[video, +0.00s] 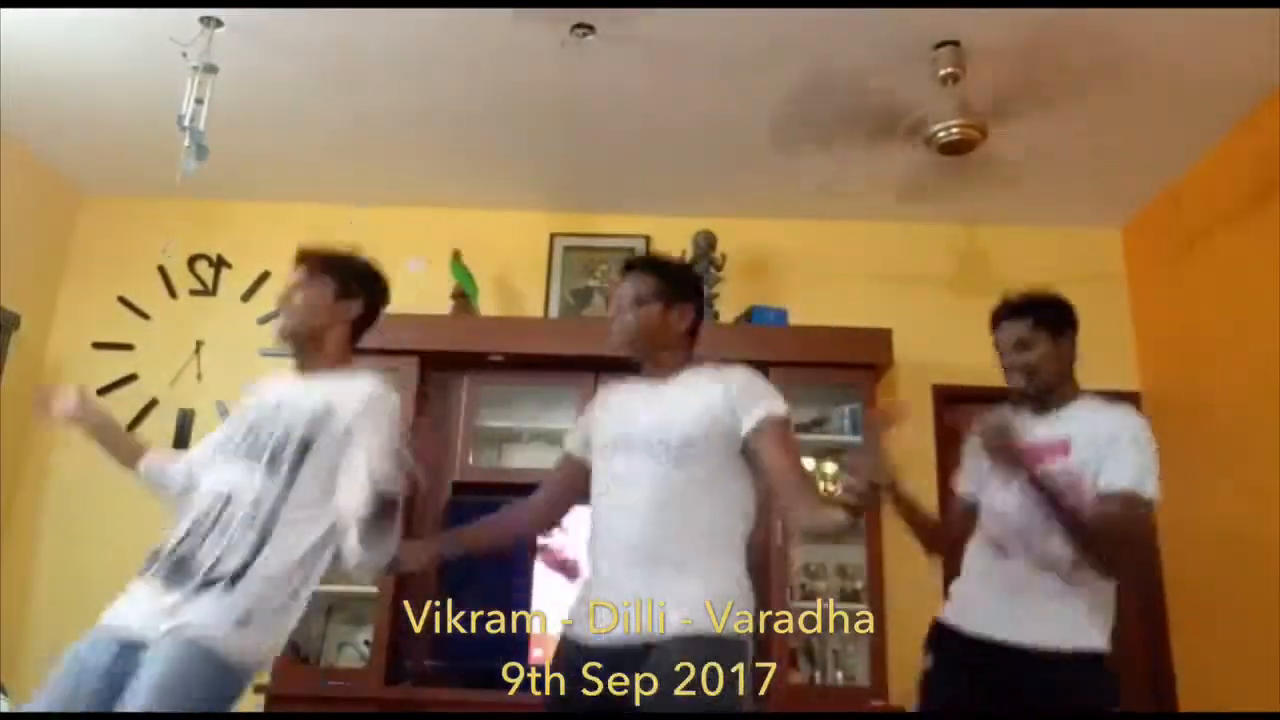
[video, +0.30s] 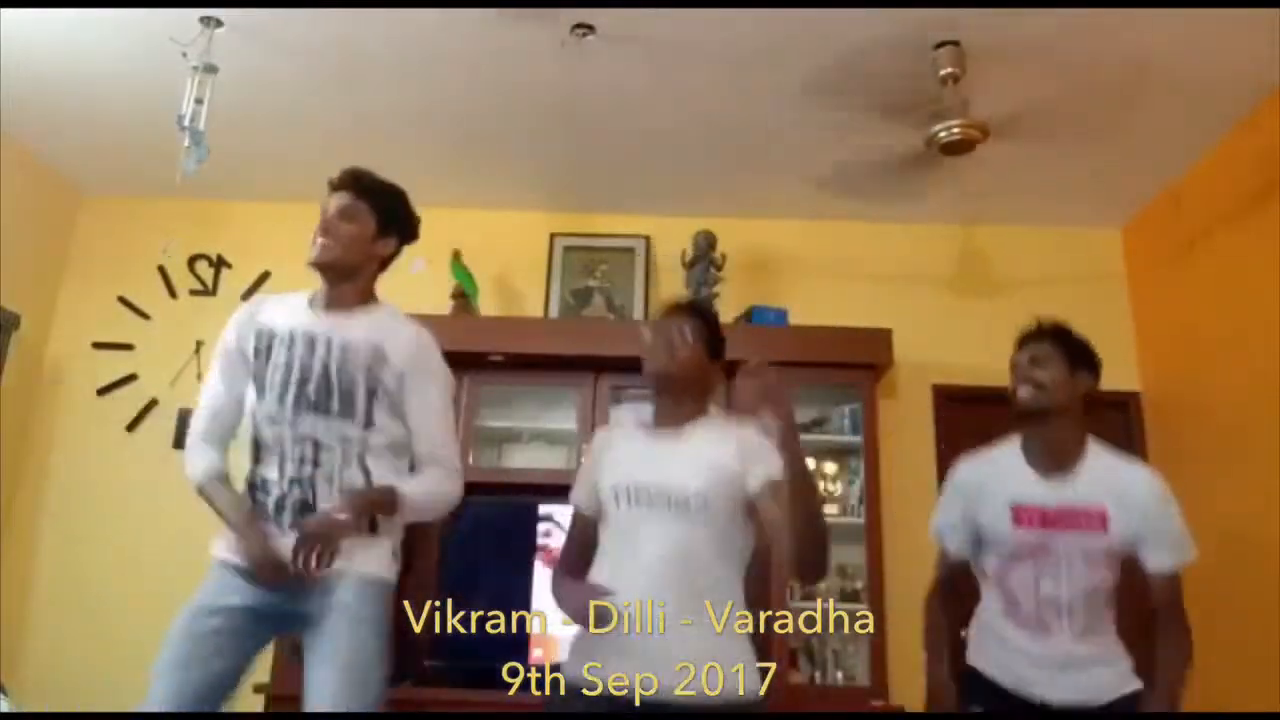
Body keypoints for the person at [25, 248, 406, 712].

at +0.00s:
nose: (283, 295)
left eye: (303, 283)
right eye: (290, 282)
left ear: (349, 308)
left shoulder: (369, 396)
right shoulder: (269, 391)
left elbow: (365, 548)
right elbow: (185, 479)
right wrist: (98, 423)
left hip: (231, 615)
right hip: (156, 593)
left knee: (152, 706)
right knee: (53, 705)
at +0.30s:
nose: (323, 225)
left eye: (344, 218)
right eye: (325, 214)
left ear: (384, 247)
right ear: (315, 224)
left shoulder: (409, 346)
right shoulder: (257, 321)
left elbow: (444, 483)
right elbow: (203, 446)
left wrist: (362, 505)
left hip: (353, 575)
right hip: (248, 564)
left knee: (338, 706)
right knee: (167, 703)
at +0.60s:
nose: (360, 320)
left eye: (379, 315)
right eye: (367, 310)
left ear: (416, 344)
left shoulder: (442, 428)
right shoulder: (319, 382)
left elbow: (557, 470)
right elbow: (250, 393)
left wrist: (509, 395)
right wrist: (383, 412)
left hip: (385, 644)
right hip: (289, 637)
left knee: (390, 706)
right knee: (228, 704)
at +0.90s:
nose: (378, 320)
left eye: (395, 313)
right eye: (385, 309)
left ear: (433, 340)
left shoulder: (462, 425)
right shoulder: (326, 392)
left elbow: (547, 426)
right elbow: (206, 332)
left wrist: (482, 349)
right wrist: (318, 341)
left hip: (367, 648)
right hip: (275, 623)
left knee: (364, 703)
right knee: (212, 699)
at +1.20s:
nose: (380, 320)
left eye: (396, 312)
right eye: (386, 310)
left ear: (435, 337)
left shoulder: (467, 416)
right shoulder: (341, 386)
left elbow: (530, 395)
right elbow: (227, 338)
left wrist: (466, 331)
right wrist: (242, 321)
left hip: (364, 616)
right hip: (276, 594)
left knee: (360, 704)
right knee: (218, 694)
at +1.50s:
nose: (378, 335)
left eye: (393, 326)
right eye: (383, 324)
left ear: (428, 347)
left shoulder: (461, 427)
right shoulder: (334, 403)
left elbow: (528, 384)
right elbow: (246, 345)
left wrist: (465, 328)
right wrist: (239, 296)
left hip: (371, 661)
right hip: (277, 644)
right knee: (209, 710)